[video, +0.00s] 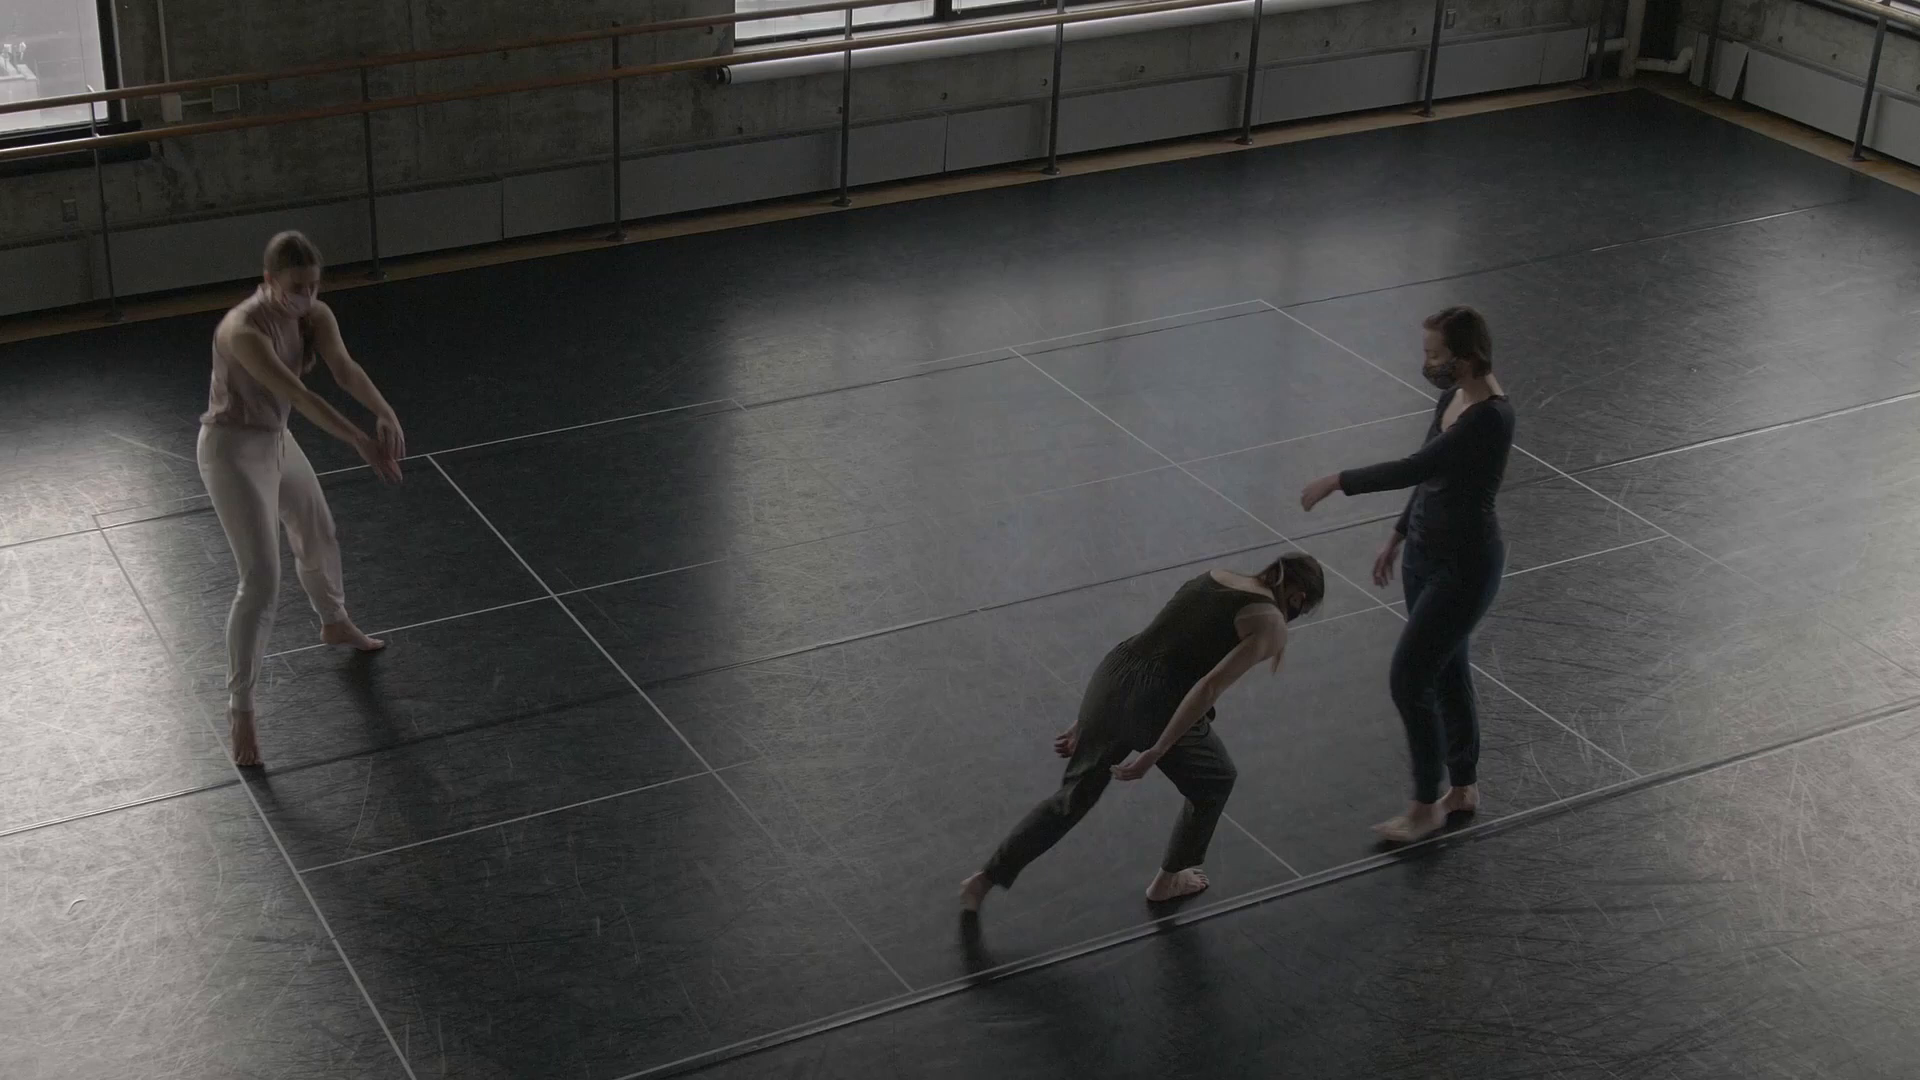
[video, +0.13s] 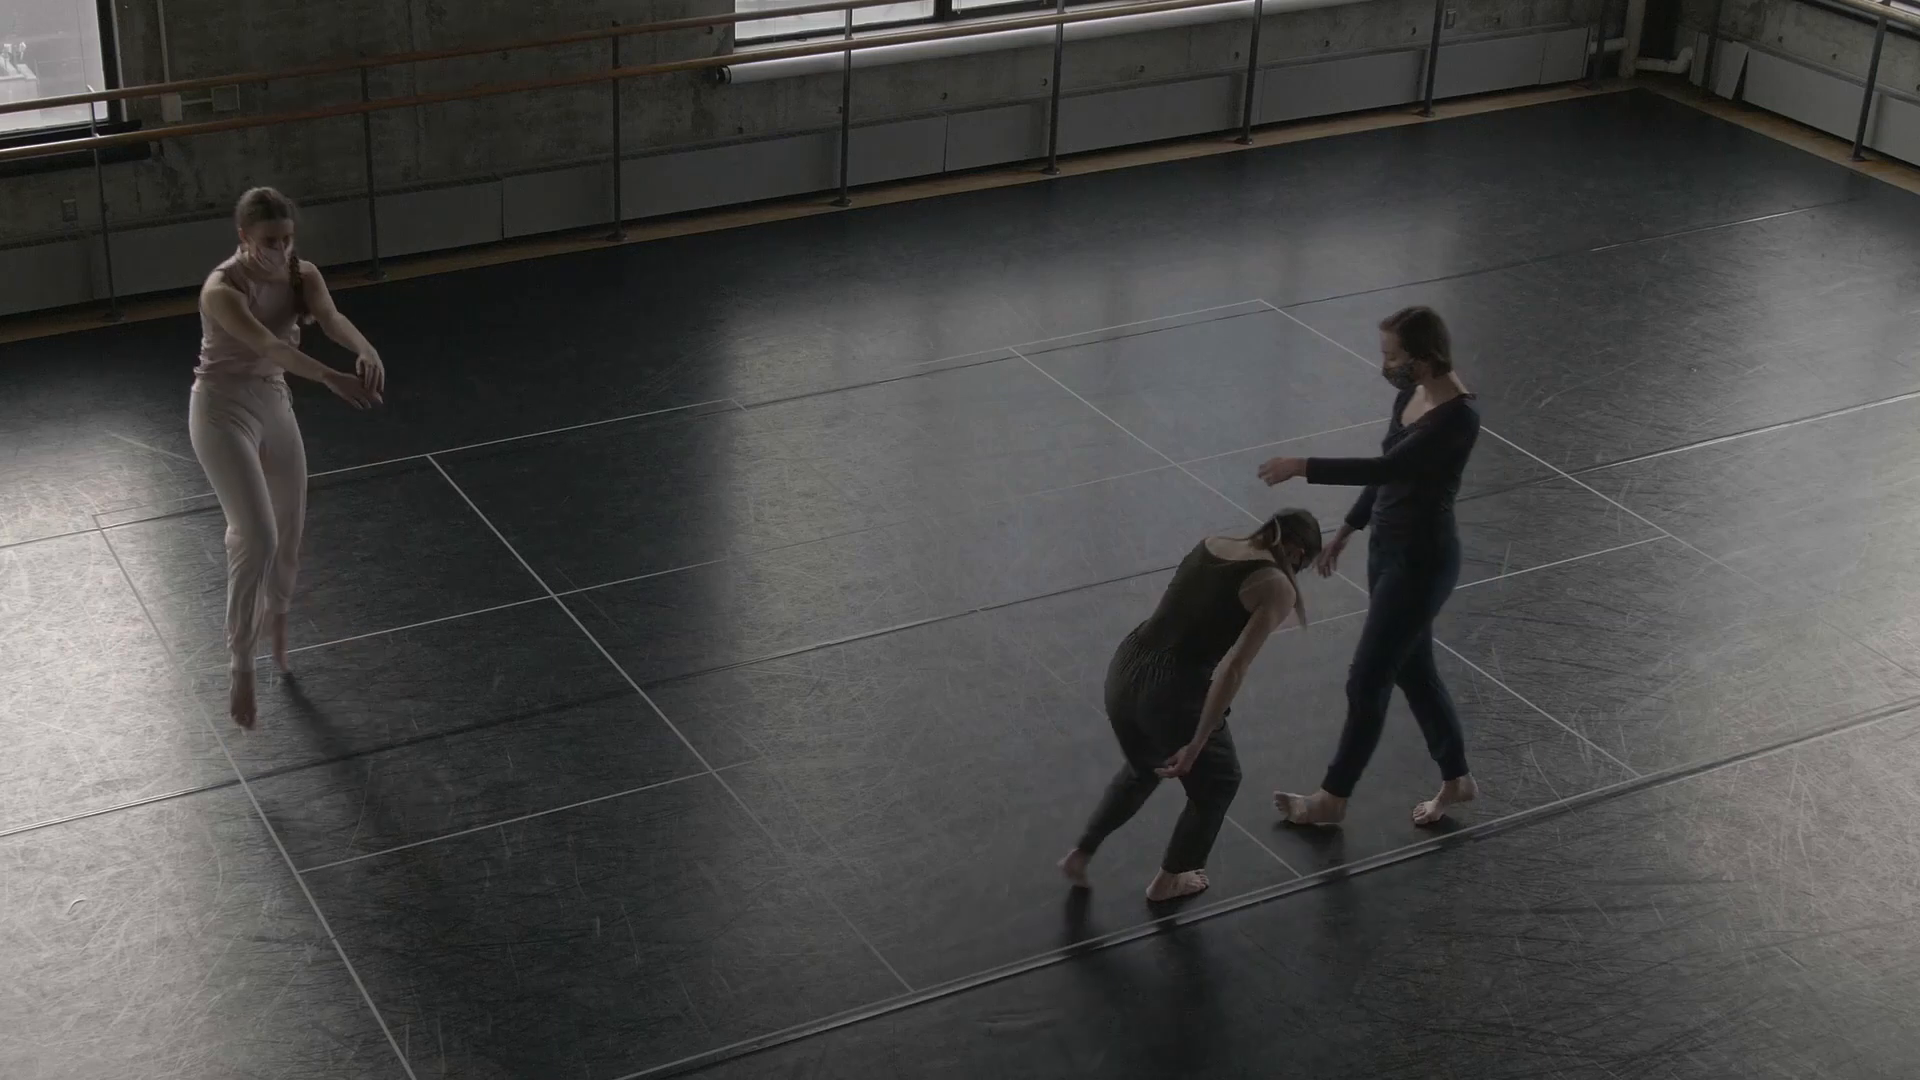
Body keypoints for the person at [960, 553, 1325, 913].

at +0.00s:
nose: (1295, 614)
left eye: (1301, 608)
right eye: (1300, 606)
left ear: (1272, 569)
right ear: (1293, 592)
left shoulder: (1216, 577)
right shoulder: (1269, 624)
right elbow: (1208, 687)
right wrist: (1156, 751)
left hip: (1113, 684)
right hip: (1159, 706)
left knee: (1070, 799)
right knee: (1216, 780)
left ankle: (985, 880)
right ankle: (1171, 878)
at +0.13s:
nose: (1296, 569)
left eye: (1302, 562)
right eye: (1300, 560)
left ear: (1266, 529)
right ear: (1292, 549)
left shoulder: (1213, 544)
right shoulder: (1277, 586)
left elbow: (1173, 613)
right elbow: (1234, 666)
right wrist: (1198, 742)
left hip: (1122, 679)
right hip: (1173, 699)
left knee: (1143, 767)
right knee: (1218, 782)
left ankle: (1080, 854)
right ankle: (1171, 876)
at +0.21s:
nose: (1299, 548)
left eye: (1304, 540)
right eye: (1302, 538)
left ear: (1259, 508)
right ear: (1288, 526)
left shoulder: (1209, 525)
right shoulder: (1276, 566)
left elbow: (1161, 585)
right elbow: (1249, 655)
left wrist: (1171, 636)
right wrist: (1229, 731)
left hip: (1136, 674)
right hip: (1183, 696)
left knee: (1193, 737)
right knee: (1222, 782)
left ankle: (1142, 842)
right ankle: (1171, 876)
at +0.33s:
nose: (1288, 502)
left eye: (1289, 494)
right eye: (1287, 494)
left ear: (1243, 474)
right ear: (1276, 490)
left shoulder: (1197, 501)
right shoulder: (1271, 538)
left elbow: (1163, 487)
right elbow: (1268, 632)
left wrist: (1208, 504)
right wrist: (1268, 706)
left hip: (1165, 658)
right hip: (1208, 675)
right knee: (1217, 786)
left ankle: (1207, 829)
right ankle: (1168, 876)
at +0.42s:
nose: (1284, 481)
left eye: (1285, 474)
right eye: (1284, 474)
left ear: (1238, 459)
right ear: (1275, 475)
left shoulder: (1197, 489)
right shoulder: (1269, 529)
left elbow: (1163, 448)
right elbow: (1276, 623)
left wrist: (1174, 452)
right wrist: (1286, 695)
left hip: (1180, 647)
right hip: (1225, 665)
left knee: (1225, 741)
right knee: (1215, 776)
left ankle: (1215, 837)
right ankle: (1168, 868)